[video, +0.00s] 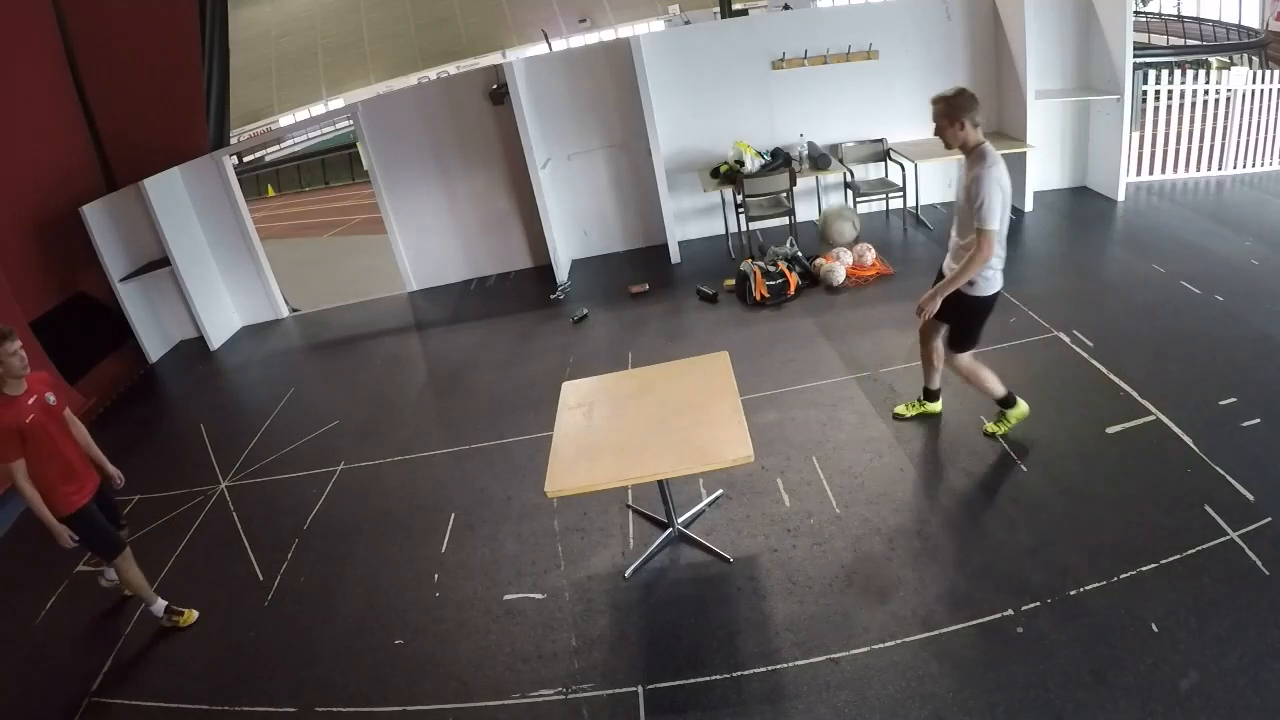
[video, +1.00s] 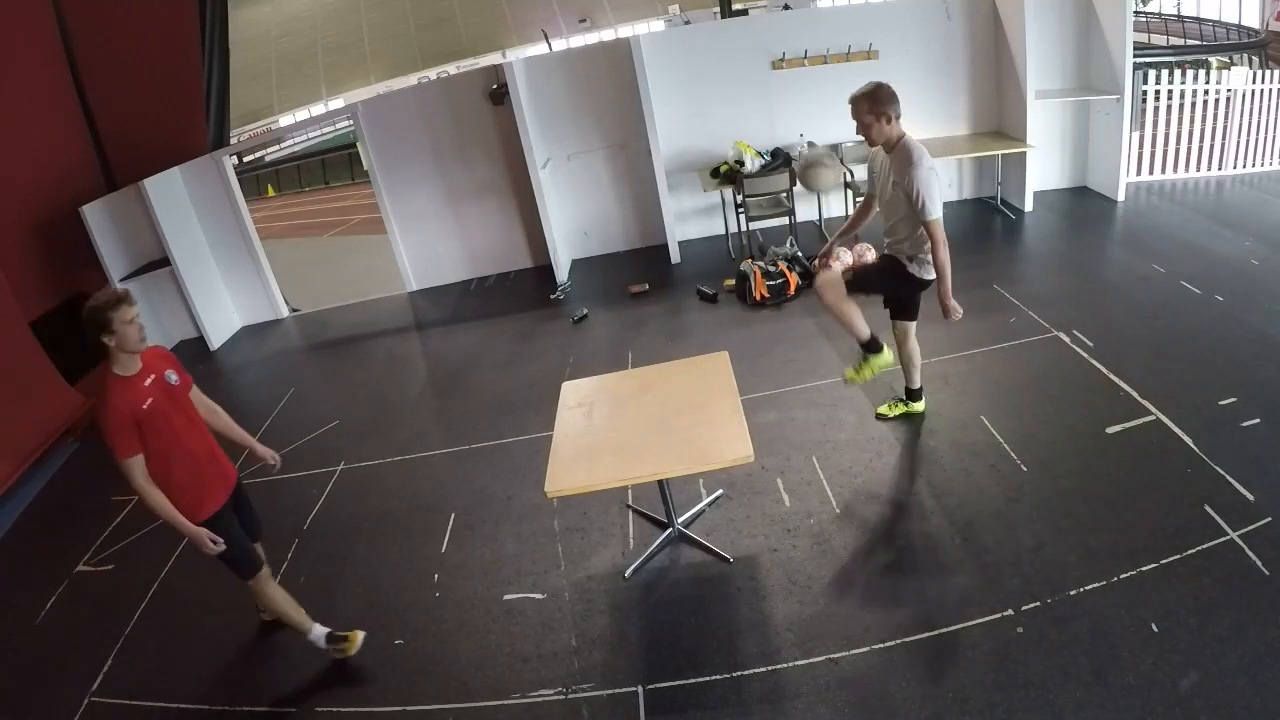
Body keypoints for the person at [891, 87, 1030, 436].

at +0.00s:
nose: (936, 133)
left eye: (939, 126)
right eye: (936, 125)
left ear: (961, 125)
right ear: (965, 124)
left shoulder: (988, 175)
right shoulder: (975, 159)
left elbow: (985, 249)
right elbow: (970, 227)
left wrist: (939, 292)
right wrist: (953, 264)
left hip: (977, 285)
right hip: (954, 270)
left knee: (957, 357)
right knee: (928, 332)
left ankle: (1011, 405)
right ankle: (931, 399)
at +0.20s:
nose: (916, 135)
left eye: (919, 128)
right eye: (915, 128)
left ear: (941, 126)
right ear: (944, 126)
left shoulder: (971, 173)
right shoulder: (956, 160)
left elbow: (987, 248)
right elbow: (953, 224)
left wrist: (962, 305)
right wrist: (930, 261)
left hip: (944, 281)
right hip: (925, 266)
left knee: (908, 347)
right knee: (885, 322)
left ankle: (932, 412)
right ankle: (916, 390)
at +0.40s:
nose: (905, 143)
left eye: (909, 136)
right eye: (905, 136)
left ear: (930, 136)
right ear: (933, 135)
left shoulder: (953, 184)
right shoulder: (941, 170)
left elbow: (944, 253)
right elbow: (930, 236)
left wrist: (911, 314)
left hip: (927, 288)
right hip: (908, 264)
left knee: (895, 356)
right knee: (842, 266)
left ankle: (930, 413)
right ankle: (867, 331)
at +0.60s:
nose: (894, 128)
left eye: (897, 121)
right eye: (893, 121)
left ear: (919, 120)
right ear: (920, 120)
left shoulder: (936, 168)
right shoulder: (927, 159)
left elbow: (918, 241)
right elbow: (912, 229)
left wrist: (872, 287)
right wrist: (883, 251)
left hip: (922, 277)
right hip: (906, 268)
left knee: (898, 349)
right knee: (858, 320)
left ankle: (931, 411)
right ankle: (894, 381)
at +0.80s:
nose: (869, 137)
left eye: (874, 130)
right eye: (868, 130)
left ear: (897, 126)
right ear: (895, 127)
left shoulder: (924, 169)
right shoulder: (895, 160)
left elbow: (932, 245)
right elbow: (883, 202)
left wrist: (911, 308)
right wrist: (850, 231)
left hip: (915, 270)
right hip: (901, 261)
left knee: (832, 296)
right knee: (889, 327)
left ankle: (886, 350)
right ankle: (912, 397)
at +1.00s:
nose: (858, 131)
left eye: (863, 123)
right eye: (857, 123)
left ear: (888, 118)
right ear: (883, 119)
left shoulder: (917, 167)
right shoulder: (878, 156)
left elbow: (938, 236)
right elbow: (866, 208)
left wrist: (946, 296)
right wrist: (833, 242)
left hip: (914, 264)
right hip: (898, 256)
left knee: (826, 282)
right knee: (904, 334)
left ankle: (875, 350)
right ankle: (914, 398)